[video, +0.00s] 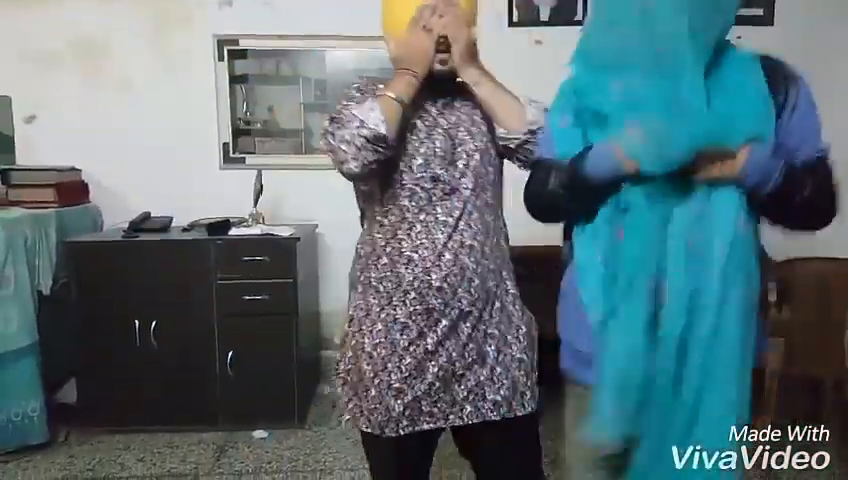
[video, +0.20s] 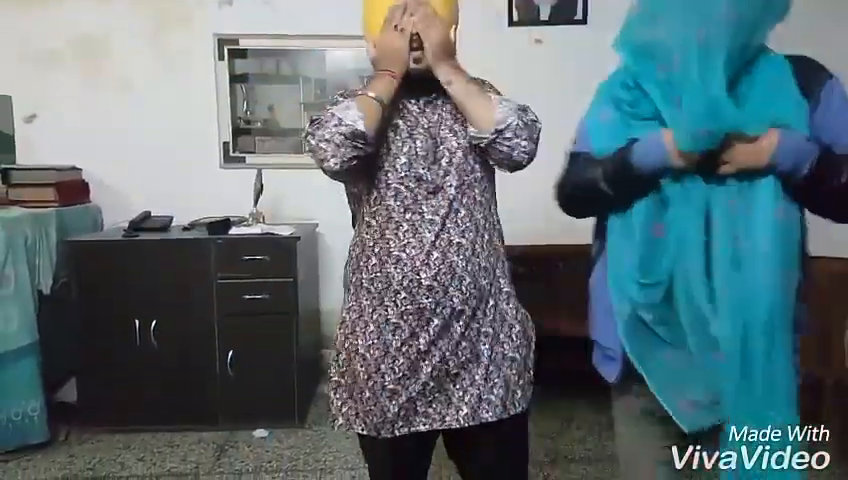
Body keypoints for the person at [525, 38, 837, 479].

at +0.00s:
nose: (665, 20)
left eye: (678, 11)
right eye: (649, 13)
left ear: (712, 11)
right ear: (628, 14)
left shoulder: (770, 84)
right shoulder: (594, 85)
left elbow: (818, 205)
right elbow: (541, 198)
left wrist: (753, 169)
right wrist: (612, 159)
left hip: (715, 357)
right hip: (603, 351)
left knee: (706, 469)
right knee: (595, 469)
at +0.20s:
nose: (697, 27)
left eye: (714, 15)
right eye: (682, 17)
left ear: (748, 13)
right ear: (661, 16)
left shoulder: (800, 84)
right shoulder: (629, 90)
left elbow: (844, 196)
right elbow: (573, 193)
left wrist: (784, 152)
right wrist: (659, 152)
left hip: (758, 362)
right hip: (646, 362)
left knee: (761, 471)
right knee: (650, 470)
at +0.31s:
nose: (717, 44)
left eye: (735, 23)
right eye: (700, 24)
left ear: (770, 26)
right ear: (677, 26)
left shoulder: (817, 113)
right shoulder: (653, 109)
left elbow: (846, 225)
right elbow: (601, 214)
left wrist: (806, 182)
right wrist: (671, 175)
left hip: (784, 372)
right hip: (672, 370)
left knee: (789, 471)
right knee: (656, 468)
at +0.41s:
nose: (751, 99)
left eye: (773, 85)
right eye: (742, 84)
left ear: (792, 90)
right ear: (722, 78)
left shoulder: (814, 156)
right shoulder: (681, 147)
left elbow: (843, 245)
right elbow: (634, 237)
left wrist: (825, 236)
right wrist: (678, 217)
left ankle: (796, 440)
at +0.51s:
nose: (772, 124)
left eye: (792, 109)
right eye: (761, 106)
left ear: (816, 106)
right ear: (739, 93)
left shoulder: (832, 171)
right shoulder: (684, 162)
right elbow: (636, 252)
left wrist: (846, 247)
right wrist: (674, 240)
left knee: (827, 291)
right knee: (699, 308)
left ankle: (823, 445)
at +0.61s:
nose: (778, 118)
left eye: (794, 104)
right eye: (767, 102)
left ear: (812, 98)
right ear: (739, 86)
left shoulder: (818, 156)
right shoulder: (675, 140)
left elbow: (839, 248)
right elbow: (617, 226)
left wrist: (826, 229)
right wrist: (667, 228)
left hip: (793, 381)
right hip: (687, 381)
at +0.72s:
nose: (755, 119)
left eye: (770, 106)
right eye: (747, 104)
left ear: (785, 98)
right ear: (719, 86)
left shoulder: (784, 137)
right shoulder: (652, 124)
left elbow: (814, 220)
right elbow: (592, 209)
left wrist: (781, 212)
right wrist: (662, 211)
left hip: (763, 364)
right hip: (661, 363)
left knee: (771, 468)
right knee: (665, 468)